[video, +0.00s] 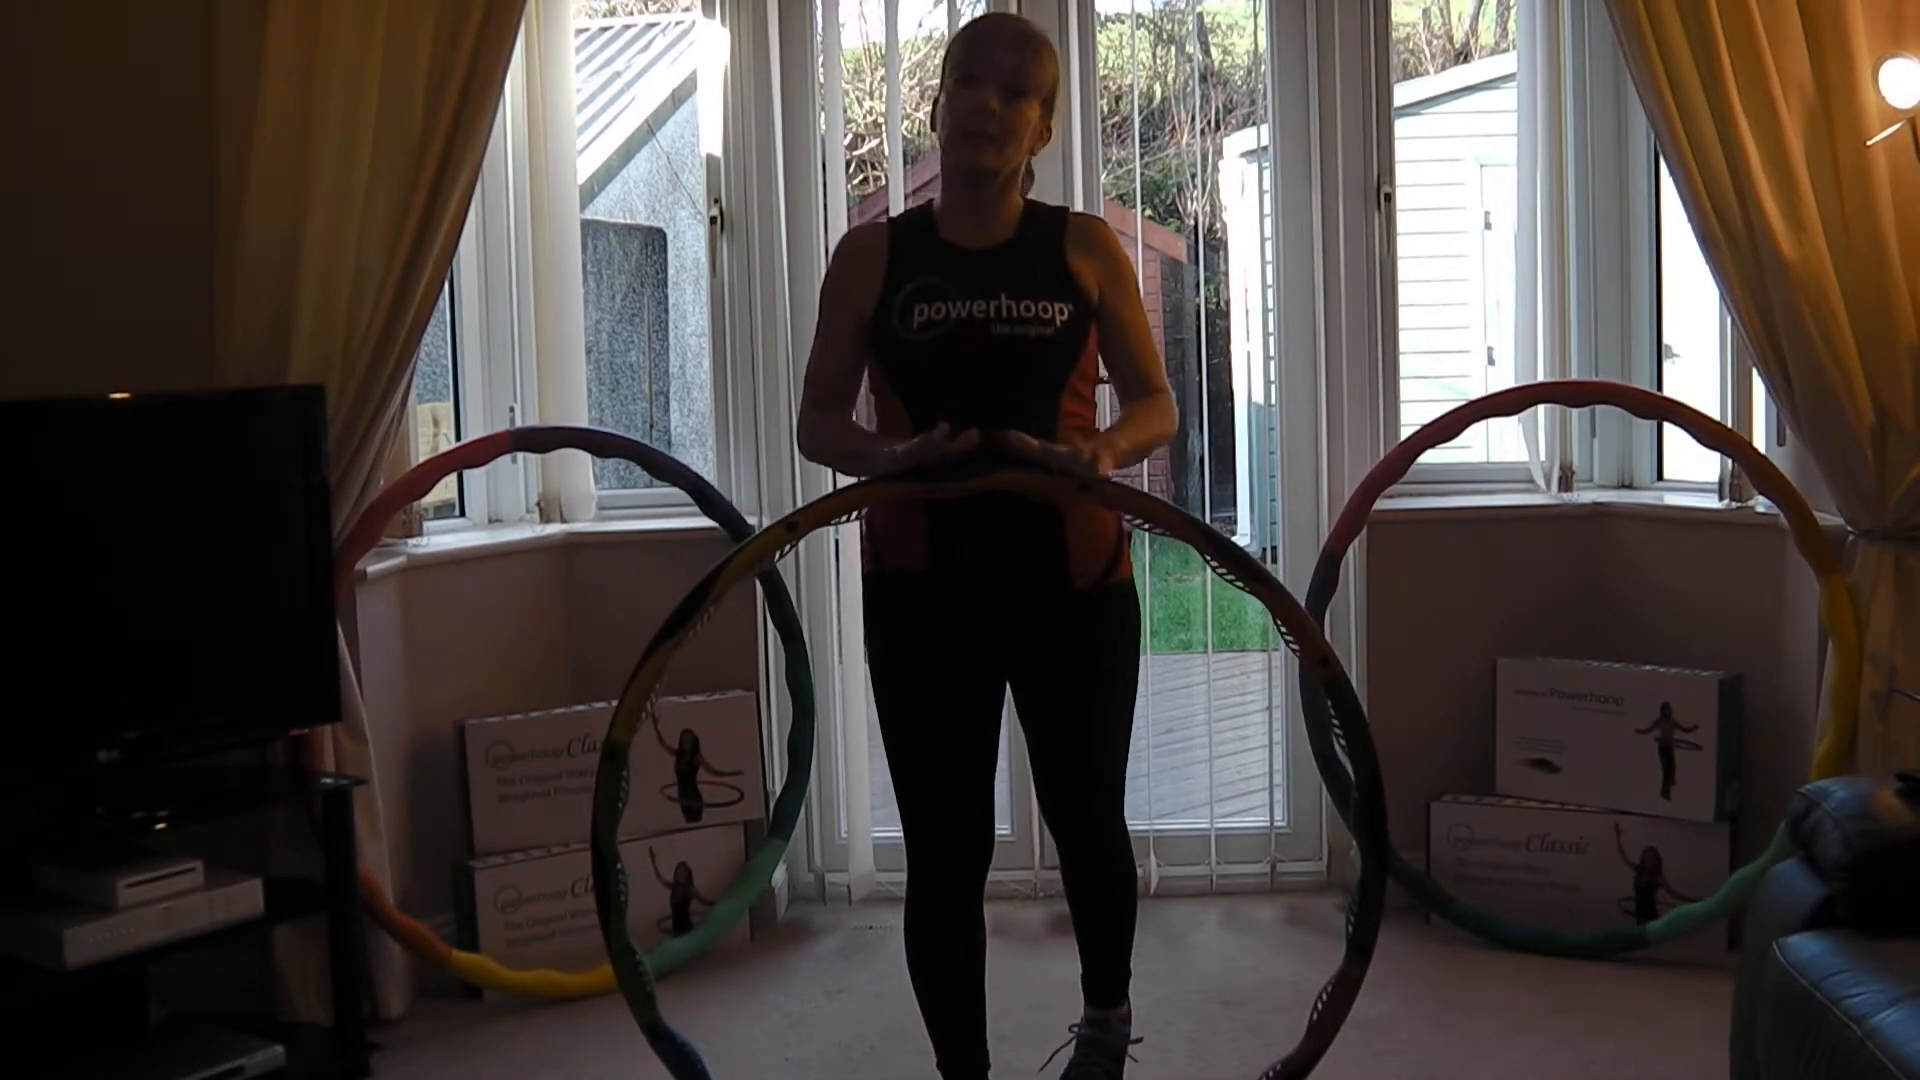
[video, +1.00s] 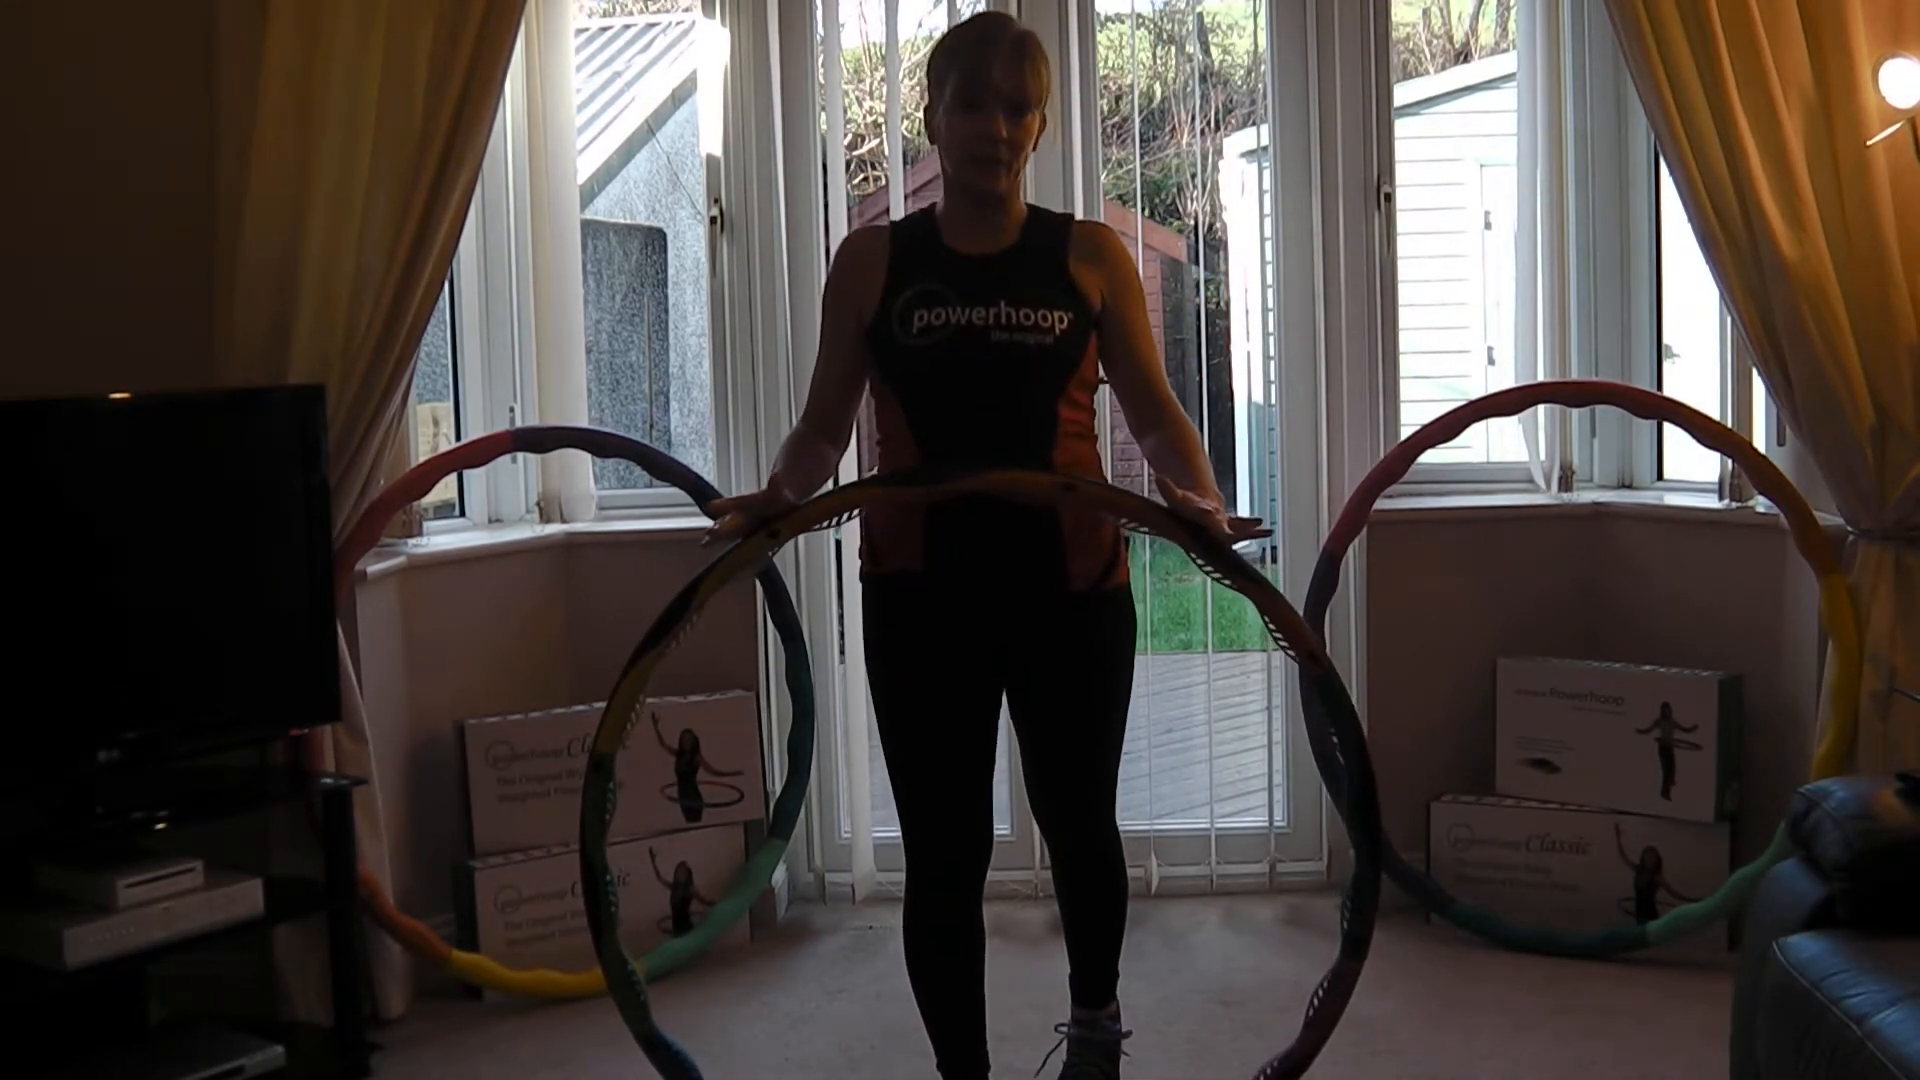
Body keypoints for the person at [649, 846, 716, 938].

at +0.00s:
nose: (681, 875)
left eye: (683, 872)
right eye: (679, 872)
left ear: (688, 874)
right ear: (675, 874)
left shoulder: (690, 889)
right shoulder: (674, 887)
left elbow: (703, 901)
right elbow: (659, 878)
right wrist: (653, 861)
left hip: (686, 924)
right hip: (675, 924)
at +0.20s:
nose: (681, 875)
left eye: (684, 872)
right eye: (679, 872)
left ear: (688, 874)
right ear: (675, 874)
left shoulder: (690, 889)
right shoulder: (674, 887)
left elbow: (703, 901)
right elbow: (659, 878)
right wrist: (653, 862)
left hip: (686, 923)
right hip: (675, 923)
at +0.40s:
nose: (681, 875)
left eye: (684, 872)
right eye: (679, 872)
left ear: (688, 874)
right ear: (675, 874)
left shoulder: (690, 889)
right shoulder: (674, 887)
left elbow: (703, 901)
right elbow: (659, 878)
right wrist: (653, 861)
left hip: (686, 923)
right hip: (675, 923)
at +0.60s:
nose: (681, 875)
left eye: (684, 872)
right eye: (679, 872)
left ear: (688, 874)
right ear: (675, 874)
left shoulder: (690, 889)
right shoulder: (674, 887)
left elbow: (703, 901)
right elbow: (659, 878)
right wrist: (653, 861)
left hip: (686, 923)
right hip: (675, 923)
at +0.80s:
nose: (681, 875)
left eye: (684, 872)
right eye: (679, 872)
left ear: (688, 874)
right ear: (675, 874)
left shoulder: (690, 889)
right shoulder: (674, 887)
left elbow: (703, 901)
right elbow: (659, 878)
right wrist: (653, 861)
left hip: (686, 923)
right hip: (675, 923)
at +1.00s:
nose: (681, 875)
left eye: (683, 872)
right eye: (679, 872)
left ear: (688, 874)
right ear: (675, 874)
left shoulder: (690, 889)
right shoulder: (674, 887)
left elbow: (703, 901)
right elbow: (659, 878)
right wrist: (653, 861)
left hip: (686, 923)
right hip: (675, 923)